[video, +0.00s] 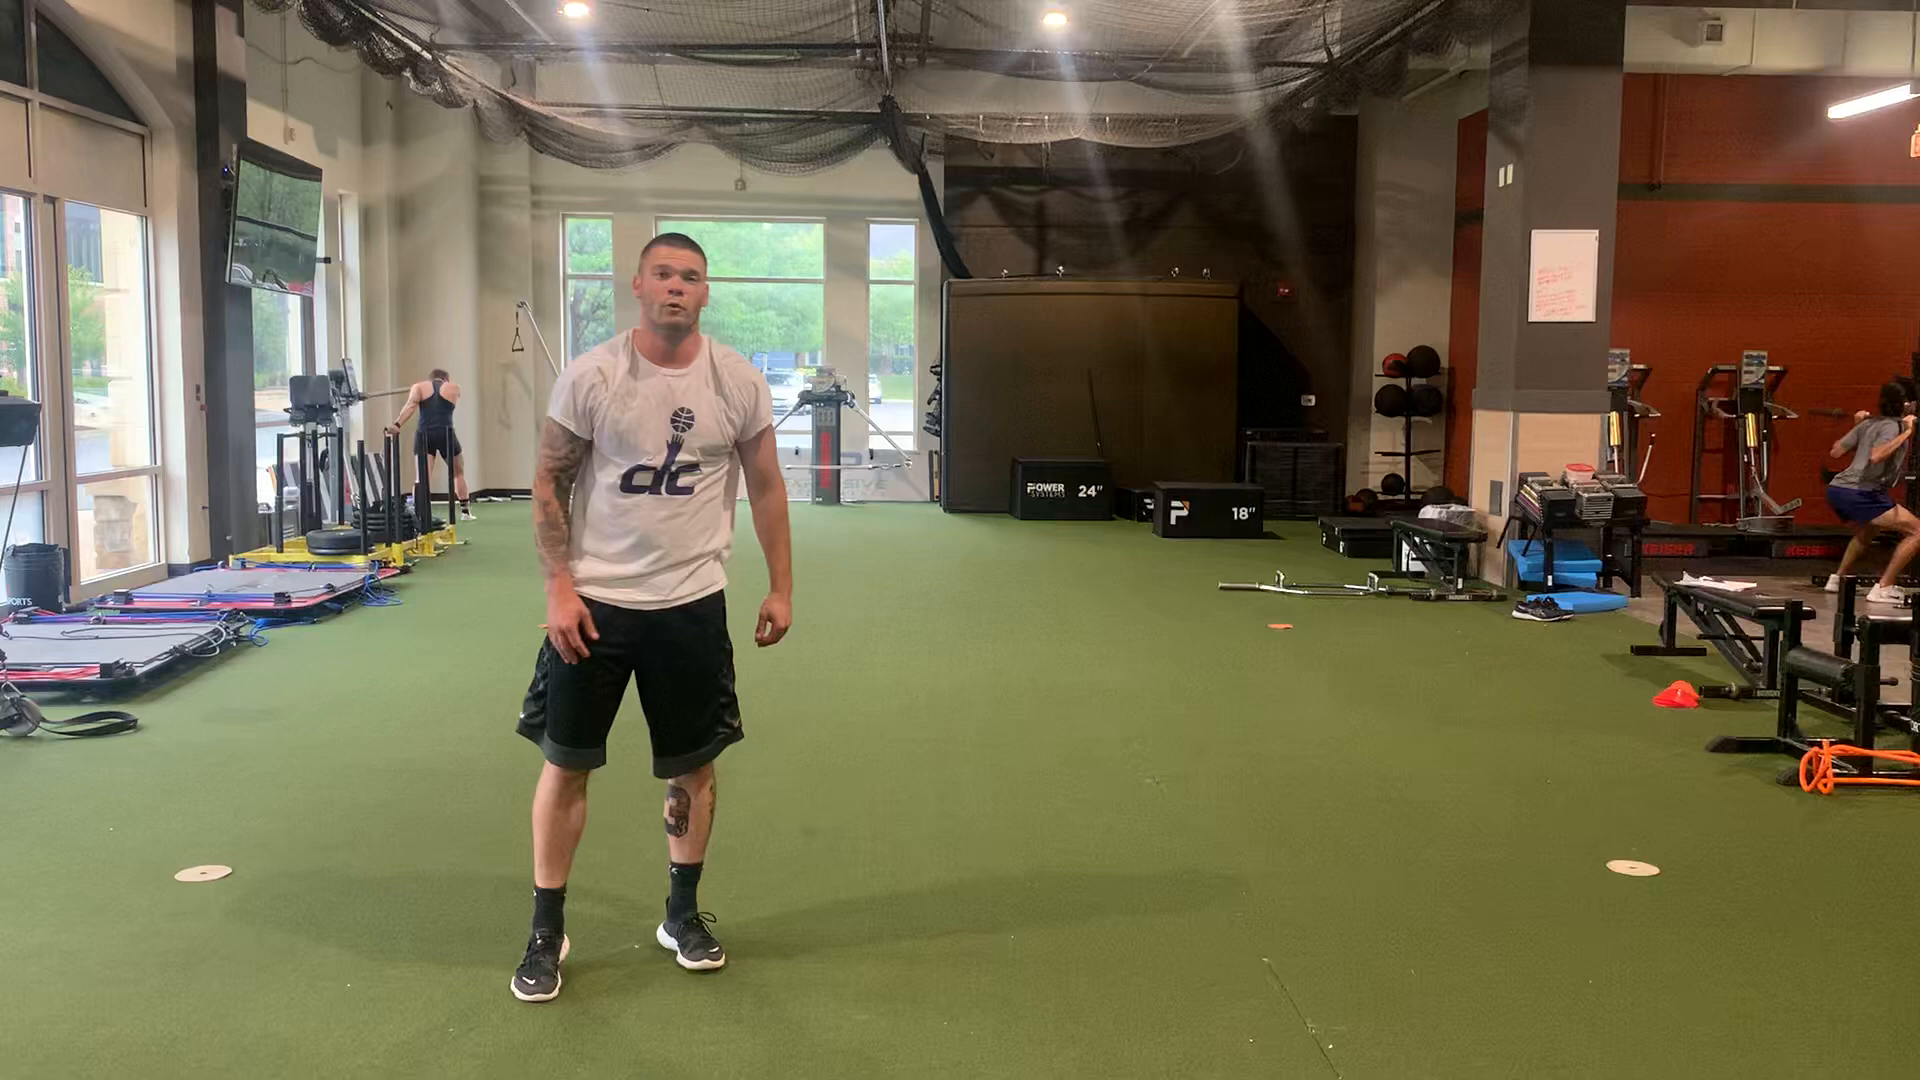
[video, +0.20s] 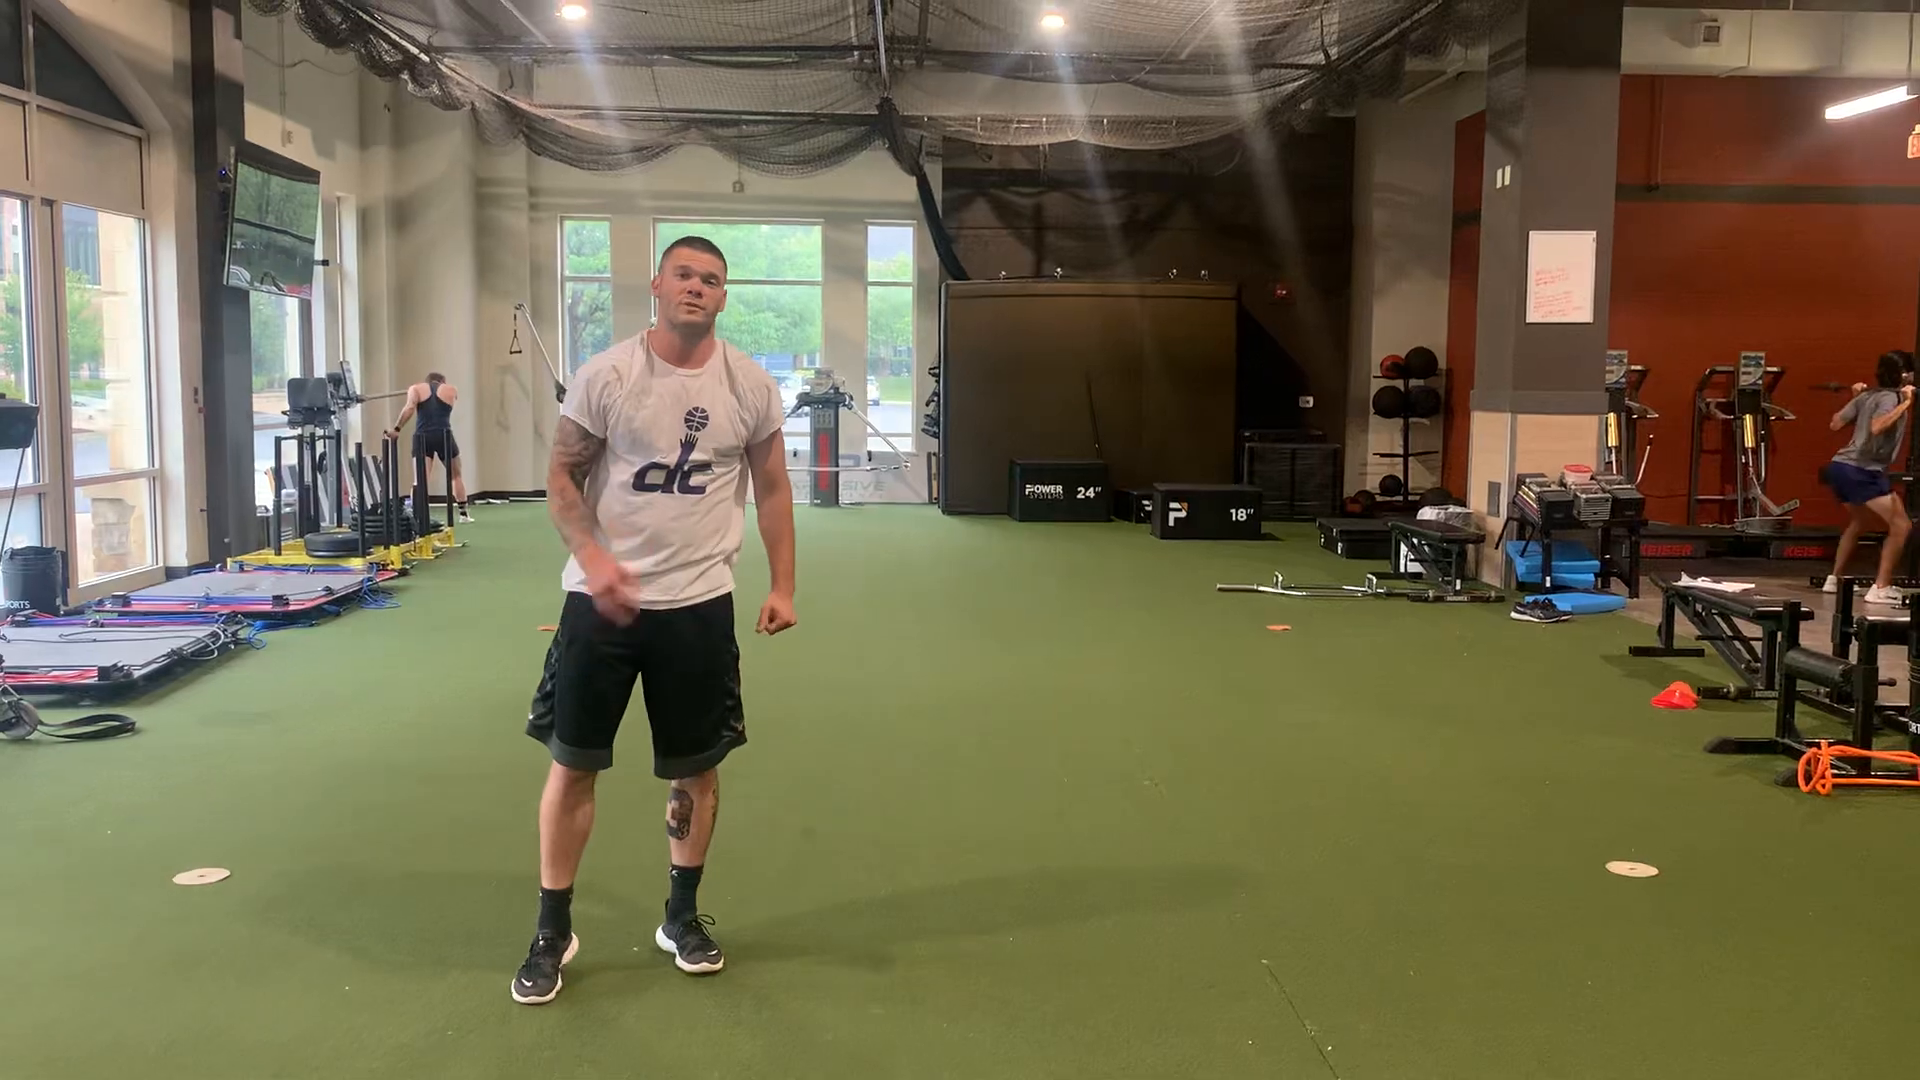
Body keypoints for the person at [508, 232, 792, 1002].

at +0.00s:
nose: (676, 288)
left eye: (689, 278)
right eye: (663, 275)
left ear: (707, 294)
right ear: (635, 287)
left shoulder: (739, 382)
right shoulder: (588, 379)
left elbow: (767, 487)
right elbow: (549, 487)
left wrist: (781, 586)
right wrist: (559, 587)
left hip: (692, 606)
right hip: (595, 605)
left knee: (692, 764)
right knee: (566, 766)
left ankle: (683, 913)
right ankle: (545, 930)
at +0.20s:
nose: (698, 288)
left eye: (711, 280)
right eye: (685, 274)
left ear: (723, 298)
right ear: (656, 285)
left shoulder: (751, 387)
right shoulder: (602, 377)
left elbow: (773, 488)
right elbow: (561, 480)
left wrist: (783, 584)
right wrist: (591, 553)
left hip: (698, 606)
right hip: (602, 602)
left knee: (695, 768)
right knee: (572, 766)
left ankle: (682, 916)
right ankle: (551, 931)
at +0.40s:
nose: (695, 291)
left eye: (709, 284)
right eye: (683, 277)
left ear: (722, 304)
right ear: (654, 288)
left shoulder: (746, 389)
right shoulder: (601, 377)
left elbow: (769, 491)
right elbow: (561, 484)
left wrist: (780, 586)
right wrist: (620, 477)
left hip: (700, 607)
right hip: (604, 605)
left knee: (694, 770)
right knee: (581, 770)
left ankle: (679, 917)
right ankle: (578, 931)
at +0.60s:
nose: (677, 291)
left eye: (690, 283)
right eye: (665, 277)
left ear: (705, 300)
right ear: (636, 287)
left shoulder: (728, 383)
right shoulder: (589, 371)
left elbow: (760, 492)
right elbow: (553, 463)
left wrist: (775, 592)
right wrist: (614, 396)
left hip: (692, 608)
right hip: (597, 605)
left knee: (688, 771)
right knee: (572, 771)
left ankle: (674, 919)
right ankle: (567, 929)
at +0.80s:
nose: (646, 317)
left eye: (659, 305)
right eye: (632, 303)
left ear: (676, 304)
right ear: (604, 299)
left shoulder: (712, 382)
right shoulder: (571, 371)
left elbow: (750, 487)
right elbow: (552, 443)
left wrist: (776, 588)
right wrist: (622, 373)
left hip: (681, 613)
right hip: (583, 611)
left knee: (681, 777)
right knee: (559, 784)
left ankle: (671, 922)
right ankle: (548, 947)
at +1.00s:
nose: (624, 317)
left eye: (636, 305)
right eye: (610, 302)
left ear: (651, 305)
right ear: (580, 299)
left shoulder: (688, 382)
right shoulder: (548, 375)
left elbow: (727, 484)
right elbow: (534, 455)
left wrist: (759, 580)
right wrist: (602, 378)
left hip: (667, 617)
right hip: (569, 618)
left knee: (674, 781)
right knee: (554, 789)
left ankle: (670, 926)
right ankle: (551, 951)